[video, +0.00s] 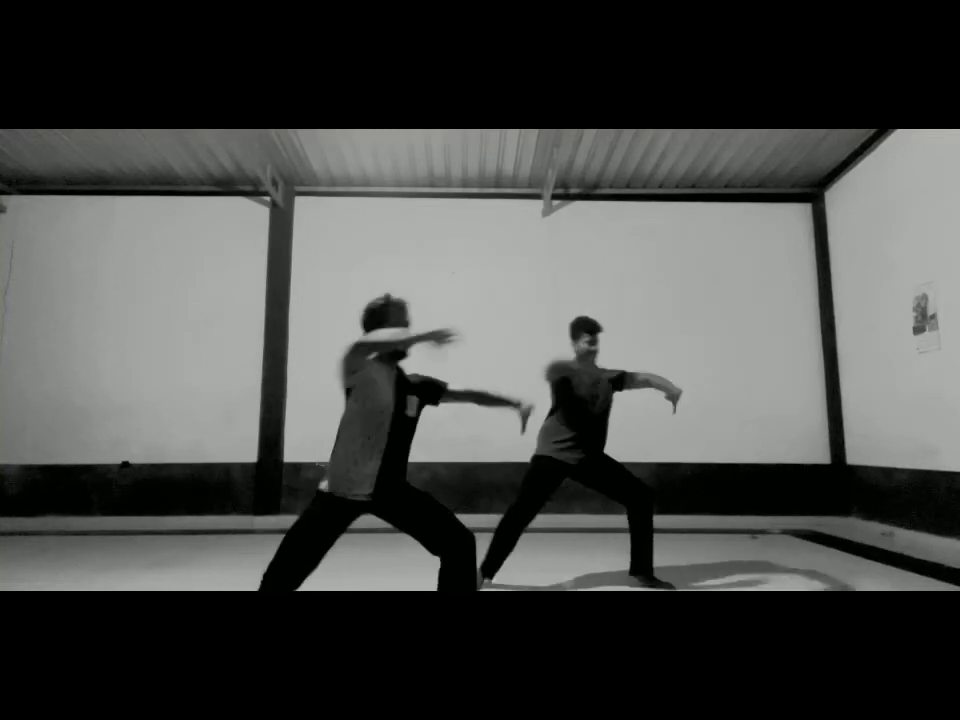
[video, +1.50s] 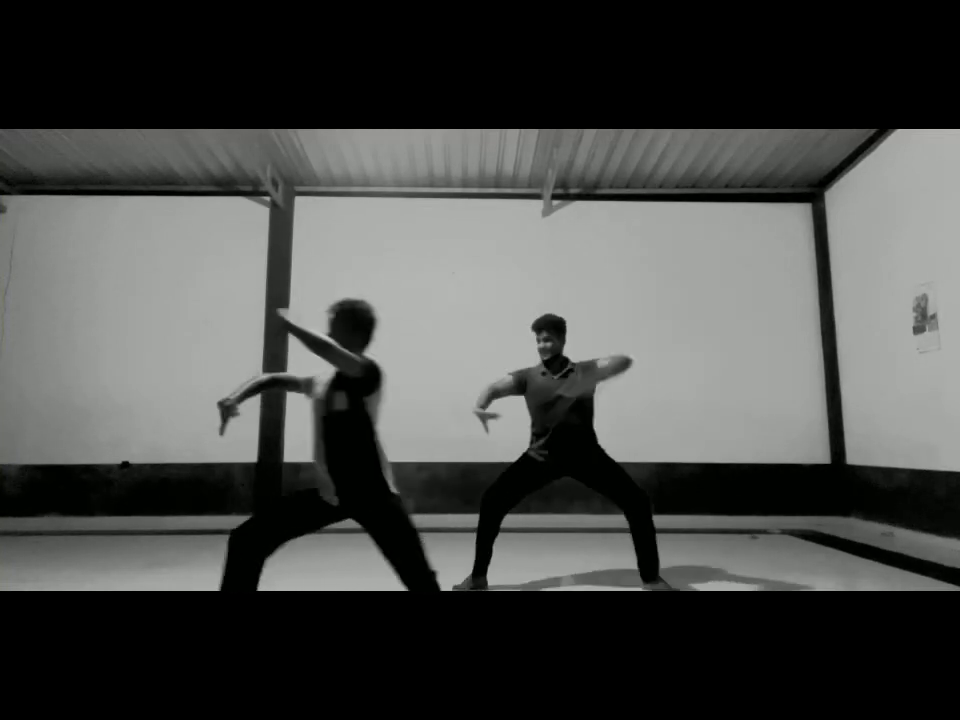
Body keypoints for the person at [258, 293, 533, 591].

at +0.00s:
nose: (406, 333)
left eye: (407, 327)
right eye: (399, 327)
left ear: (404, 340)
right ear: (377, 333)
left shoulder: (414, 386)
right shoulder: (359, 373)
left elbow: (466, 396)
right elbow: (364, 347)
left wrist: (512, 405)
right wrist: (421, 339)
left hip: (390, 490)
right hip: (344, 489)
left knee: (459, 544)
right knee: (285, 571)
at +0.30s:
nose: (448, 383)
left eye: (452, 377)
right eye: (448, 374)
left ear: (429, 367)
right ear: (434, 365)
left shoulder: (419, 398)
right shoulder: (392, 382)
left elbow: (455, 412)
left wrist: (475, 427)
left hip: (365, 491)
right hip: (325, 488)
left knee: (435, 541)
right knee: (279, 567)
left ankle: (443, 597)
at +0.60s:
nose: (394, 340)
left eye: (398, 333)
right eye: (389, 331)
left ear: (399, 335)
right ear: (366, 328)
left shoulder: (388, 379)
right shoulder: (333, 371)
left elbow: (420, 387)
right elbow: (326, 395)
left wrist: (452, 389)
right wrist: (348, 400)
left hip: (372, 484)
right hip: (326, 485)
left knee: (446, 537)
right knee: (268, 573)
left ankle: (442, 593)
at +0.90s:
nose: (382, 318)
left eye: (390, 310)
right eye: (374, 312)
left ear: (406, 318)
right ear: (365, 320)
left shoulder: (422, 368)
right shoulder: (355, 370)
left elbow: (472, 365)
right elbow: (301, 357)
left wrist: (471, 385)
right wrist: (284, 357)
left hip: (408, 481)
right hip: (358, 479)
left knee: (460, 549)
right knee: (283, 538)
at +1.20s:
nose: (385, 343)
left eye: (394, 334)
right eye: (379, 333)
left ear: (411, 336)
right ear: (372, 334)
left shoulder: (422, 390)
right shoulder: (351, 381)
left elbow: (454, 417)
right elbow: (294, 377)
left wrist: (431, 424)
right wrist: (246, 393)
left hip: (402, 495)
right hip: (349, 492)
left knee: (459, 558)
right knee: (268, 544)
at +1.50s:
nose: (330, 335)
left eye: (338, 328)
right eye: (330, 328)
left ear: (357, 334)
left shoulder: (367, 375)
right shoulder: (320, 384)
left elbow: (328, 350)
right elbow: (272, 380)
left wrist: (290, 326)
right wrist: (234, 399)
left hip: (372, 497)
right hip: (328, 496)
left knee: (420, 579)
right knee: (246, 542)